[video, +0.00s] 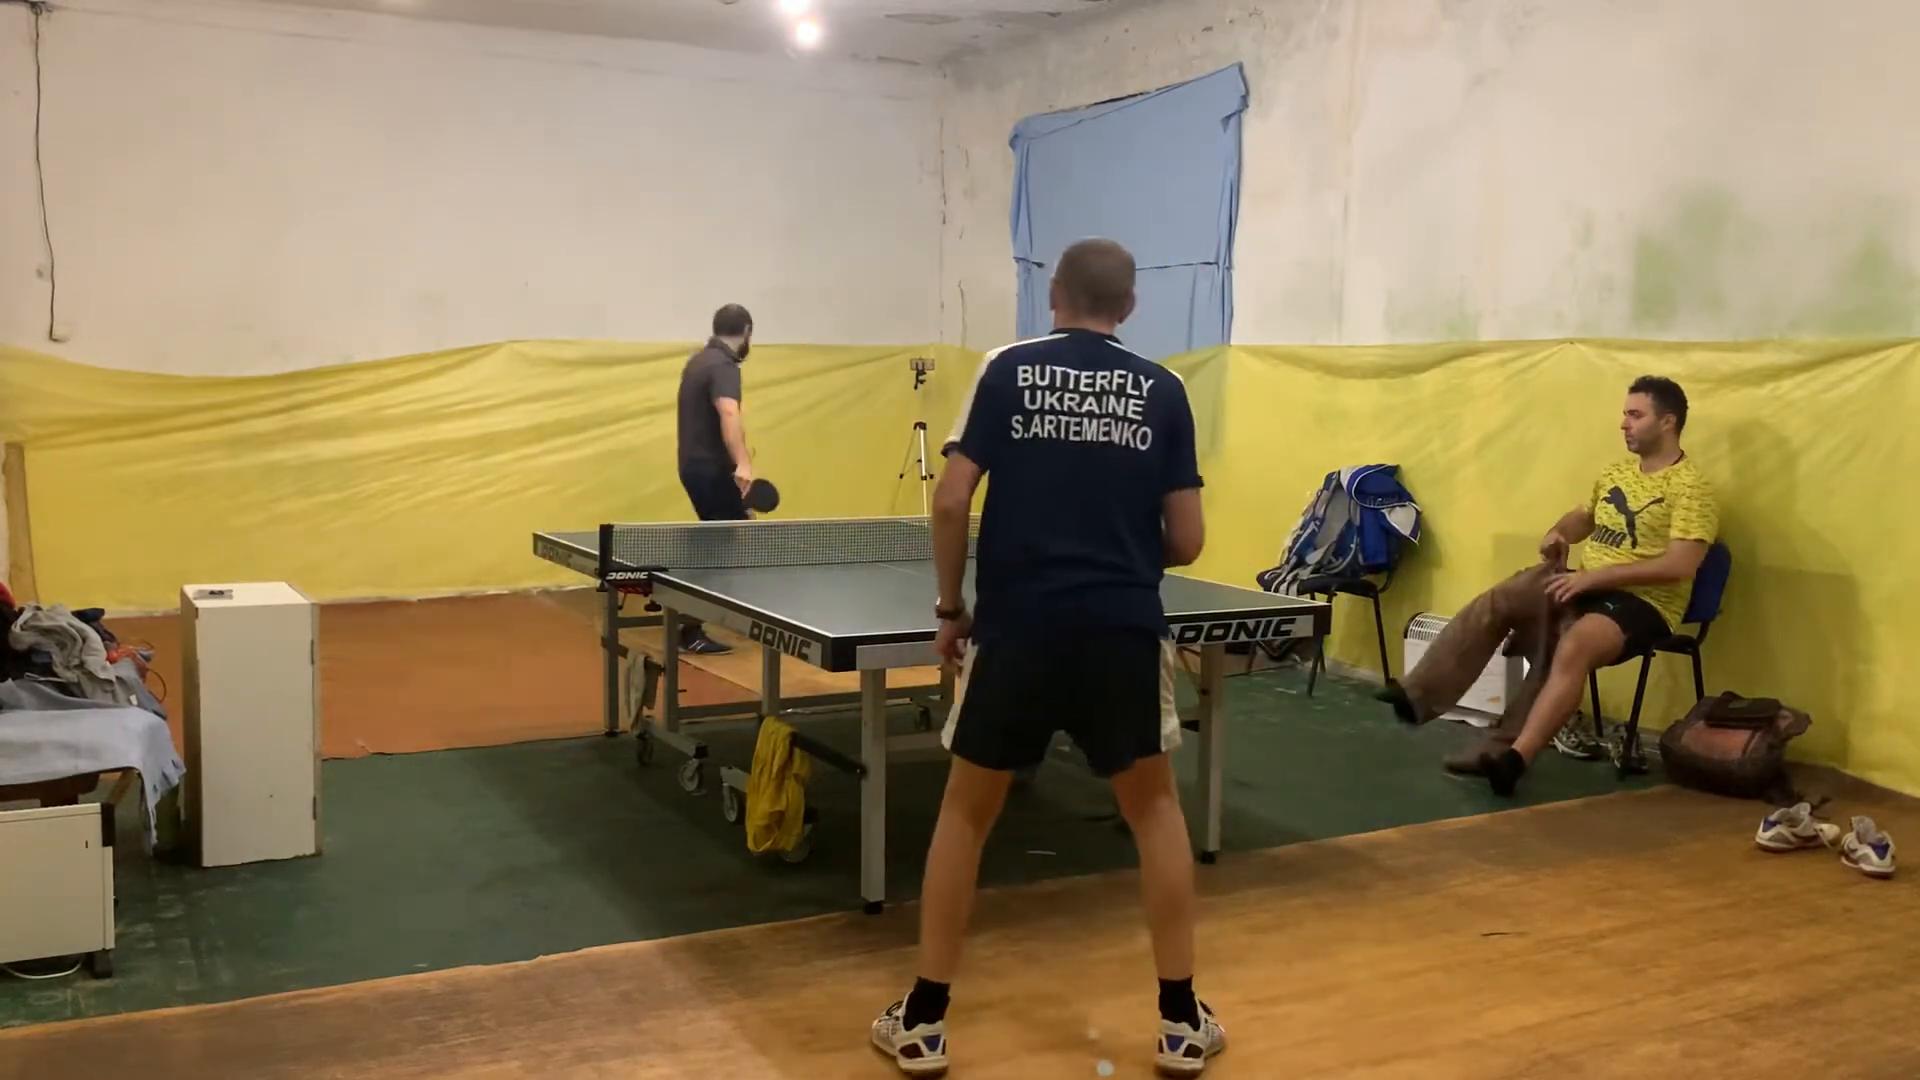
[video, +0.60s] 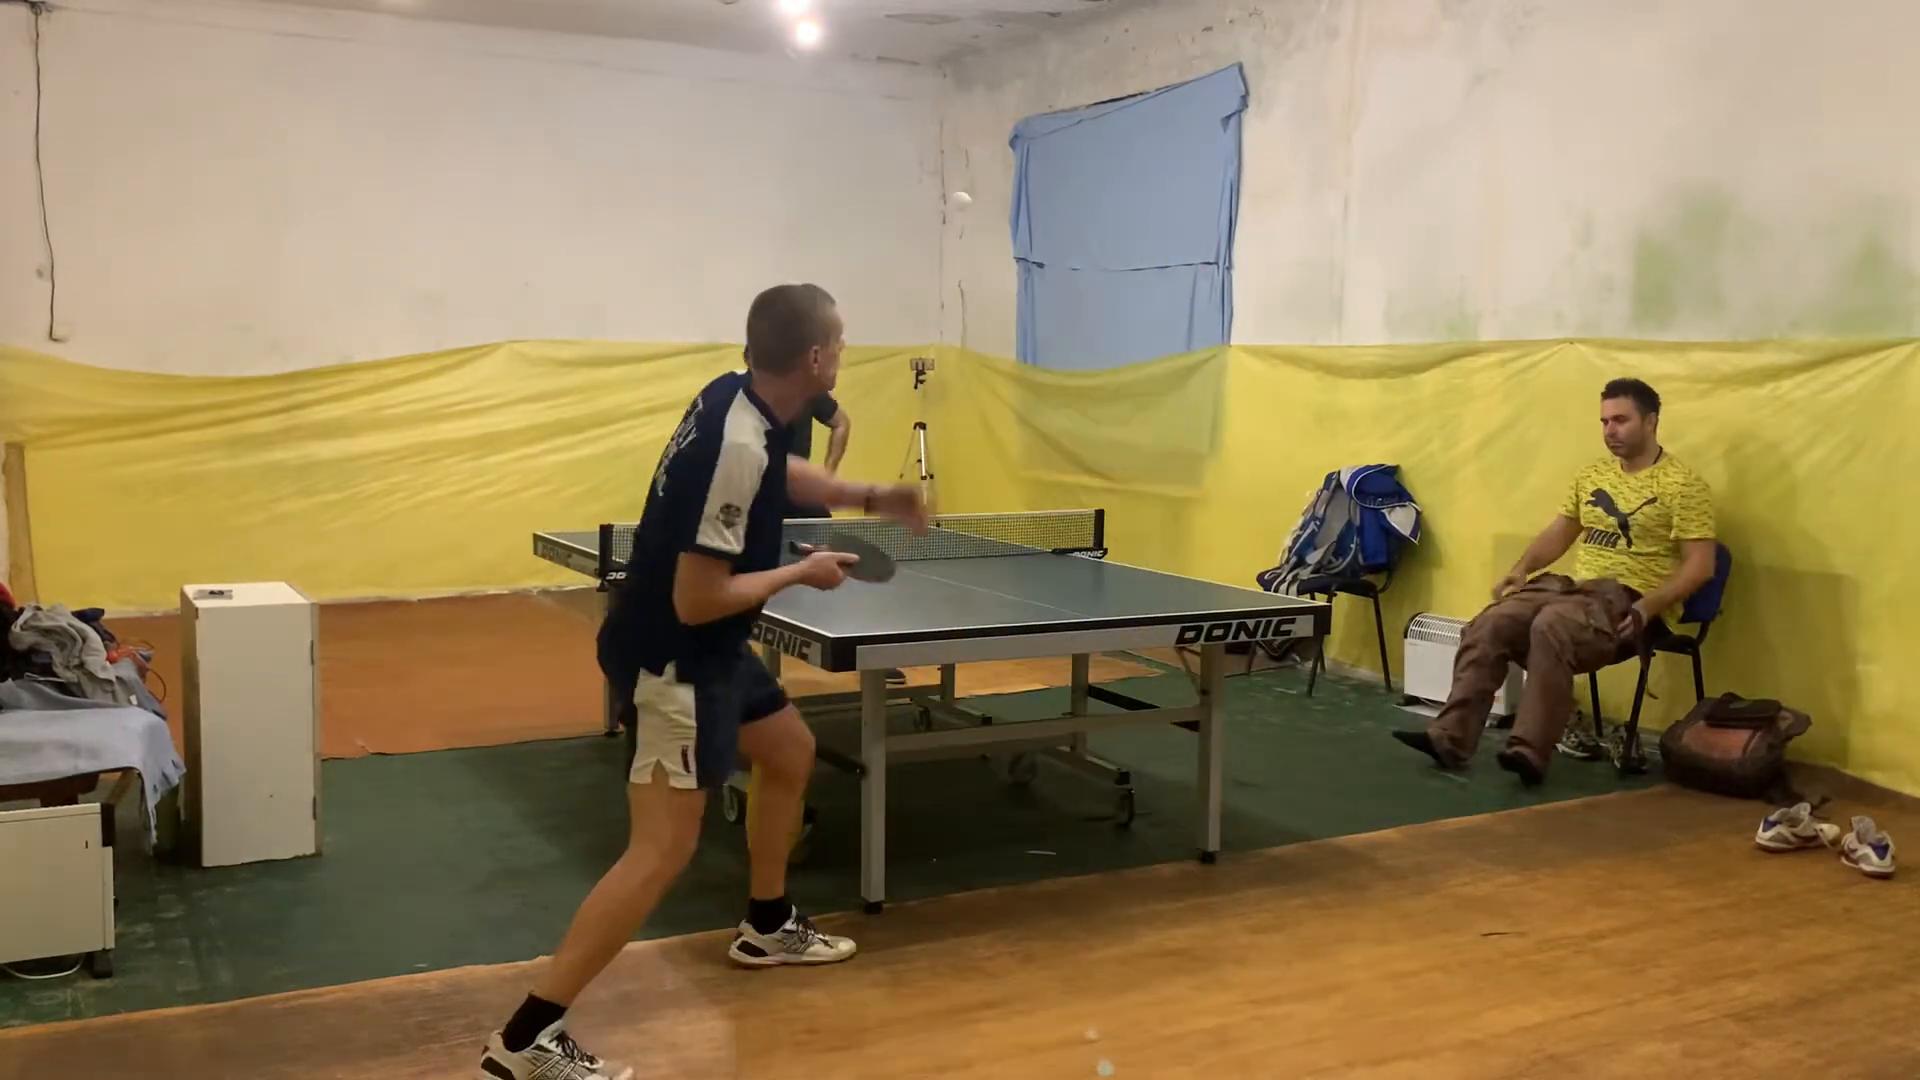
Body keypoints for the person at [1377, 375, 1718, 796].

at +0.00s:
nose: (1624, 425)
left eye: (1635, 416)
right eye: (1625, 415)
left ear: (1669, 423)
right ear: (1655, 422)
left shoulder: (1690, 484)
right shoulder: (1618, 472)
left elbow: (1682, 564)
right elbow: (1585, 516)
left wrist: (1596, 578)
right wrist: (1560, 534)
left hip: (1647, 599)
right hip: (1587, 583)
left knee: (1575, 645)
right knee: (1497, 605)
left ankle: (1516, 759)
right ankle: (1422, 695)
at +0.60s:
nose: (1610, 430)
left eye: (1620, 420)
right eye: (1605, 422)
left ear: (1652, 421)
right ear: (1600, 425)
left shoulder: (1683, 486)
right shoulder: (1593, 475)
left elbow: (1700, 566)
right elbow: (1561, 531)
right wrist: (1522, 568)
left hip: (1630, 603)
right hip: (1574, 591)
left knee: (1552, 628)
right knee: (1490, 623)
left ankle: (1531, 750)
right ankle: (1452, 739)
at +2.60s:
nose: (1598, 429)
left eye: (1608, 419)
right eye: (1595, 420)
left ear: (1642, 421)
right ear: (1594, 423)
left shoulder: (1677, 483)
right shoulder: (1591, 476)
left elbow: (1684, 568)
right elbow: (1560, 546)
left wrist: (1643, 627)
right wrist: (1532, 594)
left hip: (1631, 596)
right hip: (1572, 588)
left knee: (1553, 627)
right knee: (1493, 616)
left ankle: (1531, 750)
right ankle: (1489, 734)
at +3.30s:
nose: (1583, 432)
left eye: (1593, 422)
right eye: (1579, 422)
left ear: (1626, 420)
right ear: (1576, 422)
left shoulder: (1663, 481)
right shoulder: (1577, 476)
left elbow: (1685, 561)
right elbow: (1554, 543)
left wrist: (1644, 622)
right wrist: (1532, 592)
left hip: (1631, 597)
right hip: (1570, 590)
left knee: (1555, 623)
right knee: (1489, 617)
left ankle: (1544, 749)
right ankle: (1493, 734)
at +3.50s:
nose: (1592, 412)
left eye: (1605, 404)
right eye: (1589, 403)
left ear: (1635, 411)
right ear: (1584, 408)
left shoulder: (1655, 472)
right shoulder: (1573, 462)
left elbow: (1639, 548)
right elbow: (1513, 492)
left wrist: (1557, 526)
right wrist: (1534, 449)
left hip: (1637, 601)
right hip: (1572, 593)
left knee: (1580, 651)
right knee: (1474, 630)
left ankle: (1577, 746)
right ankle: (1535, 722)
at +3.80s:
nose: (1587, 413)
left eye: (1599, 404)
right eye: (1585, 404)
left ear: (1632, 412)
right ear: (1582, 408)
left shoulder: (1656, 473)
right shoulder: (1569, 465)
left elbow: (1650, 550)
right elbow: (1531, 526)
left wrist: (1581, 516)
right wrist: (1497, 482)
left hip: (1637, 601)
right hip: (1571, 594)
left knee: (1579, 650)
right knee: (1474, 629)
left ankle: (1577, 745)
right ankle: (1535, 722)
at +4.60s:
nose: (1577, 416)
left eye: (1588, 406)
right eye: (1577, 407)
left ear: (1622, 412)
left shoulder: (1654, 472)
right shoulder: (1571, 468)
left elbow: (1649, 549)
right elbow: (1556, 546)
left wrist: (1580, 517)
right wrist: (1529, 529)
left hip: (1639, 601)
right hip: (1574, 595)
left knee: (1579, 649)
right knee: (1475, 629)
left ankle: (1577, 746)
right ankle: (1535, 723)